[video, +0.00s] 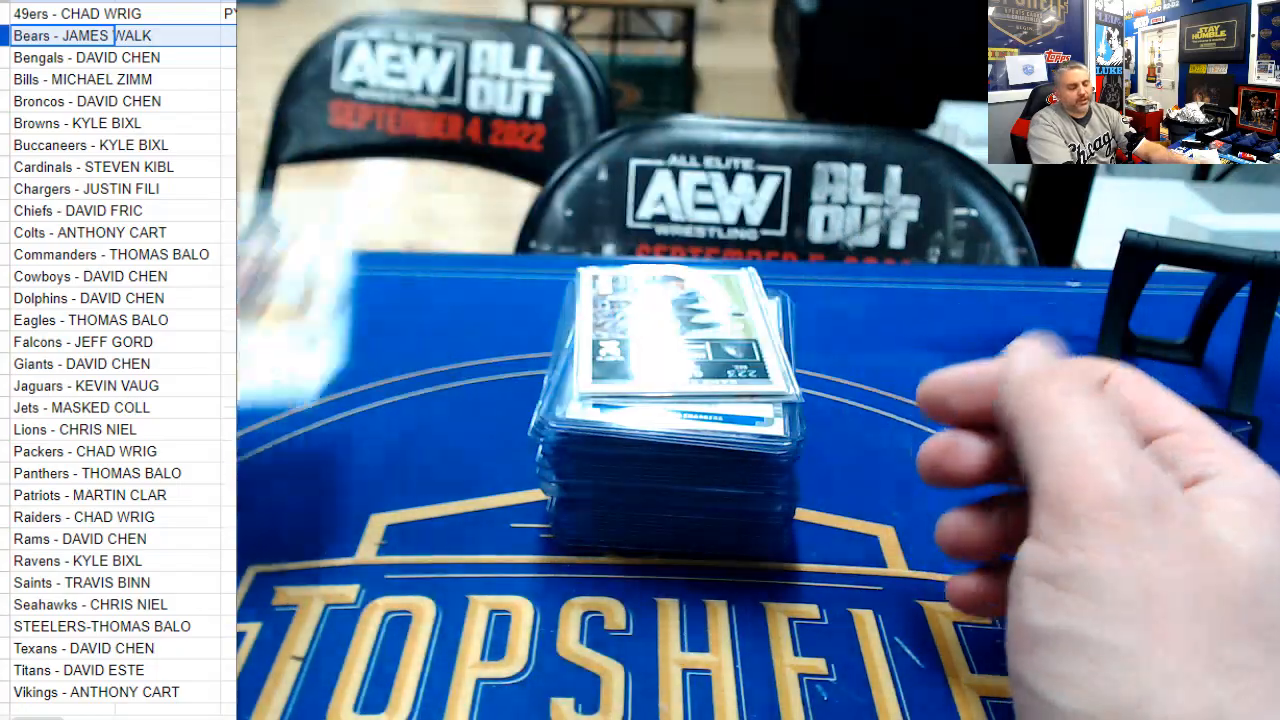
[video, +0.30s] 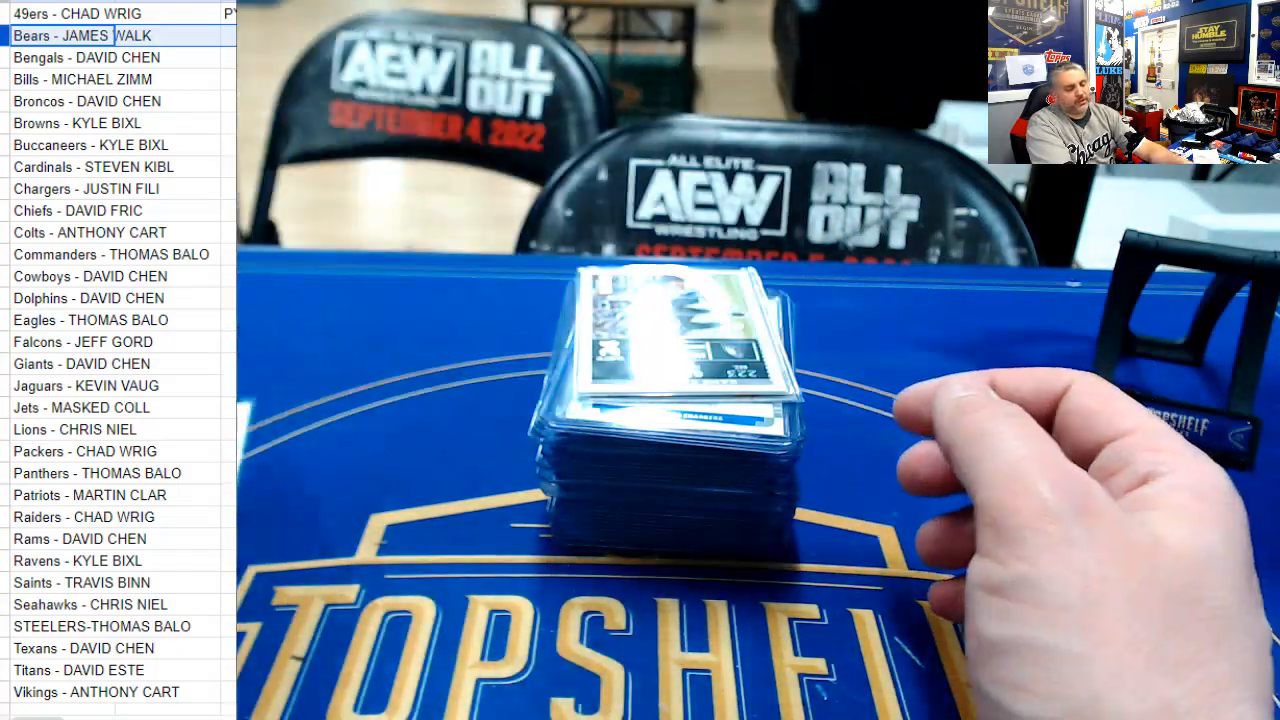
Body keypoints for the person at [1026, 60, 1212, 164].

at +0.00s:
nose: (1083, 92)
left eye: (1086, 84)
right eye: (1073, 87)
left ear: (1091, 84)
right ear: (1057, 94)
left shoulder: (1105, 113)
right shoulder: (1044, 124)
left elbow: (1147, 149)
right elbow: (1062, 176)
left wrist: (1190, 164)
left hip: (1113, 186)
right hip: (1072, 196)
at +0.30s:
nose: (1081, 93)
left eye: (1083, 84)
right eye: (1070, 89)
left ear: (1089, 84)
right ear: (1054, 96)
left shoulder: (1106, 114)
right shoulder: (1042, 124)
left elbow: (1150, 150)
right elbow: (1062, 178)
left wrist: (1191, 168)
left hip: (1114, 188)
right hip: (1070, 197)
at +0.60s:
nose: (1080, 93)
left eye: (1082, 84)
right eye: (1069, 89)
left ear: (1088, 84)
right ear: (1053, 97)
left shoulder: (1104, 113)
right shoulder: (1042, 123)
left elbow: (1144, 149)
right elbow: (1062, 175)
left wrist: (1182, 169)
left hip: (1112, 189)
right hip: (1068, 197)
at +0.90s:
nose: (1078, 93)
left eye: (1080, 84)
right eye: (1068, 89)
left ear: (1087, 84)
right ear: (1053, 97)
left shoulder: (1104, 113)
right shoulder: (1041, 123)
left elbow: (1144, 149)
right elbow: (1061, 175)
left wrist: (1182, 170)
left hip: (1112, 188)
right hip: (1069, 197)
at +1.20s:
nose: (1078, 93)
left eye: (1081, 84)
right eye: (1068, 89)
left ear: (1087, 84)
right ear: (1053, 97)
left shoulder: (1105, 114)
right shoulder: (1041, 123)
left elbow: (1145, 149)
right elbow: (1060, 177)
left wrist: (1188, 165)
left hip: (1114, 188)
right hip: (1070, 196)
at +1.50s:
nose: (1081, 92)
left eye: (1083, 84)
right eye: (1070, 88)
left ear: (1089, 84)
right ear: (1055, 96)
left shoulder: (1106, 114)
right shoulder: (1042, 123)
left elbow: (1143, 149)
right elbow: (1061, 177)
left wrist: (1173, 157)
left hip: (1112, 188)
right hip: (1070, 197)